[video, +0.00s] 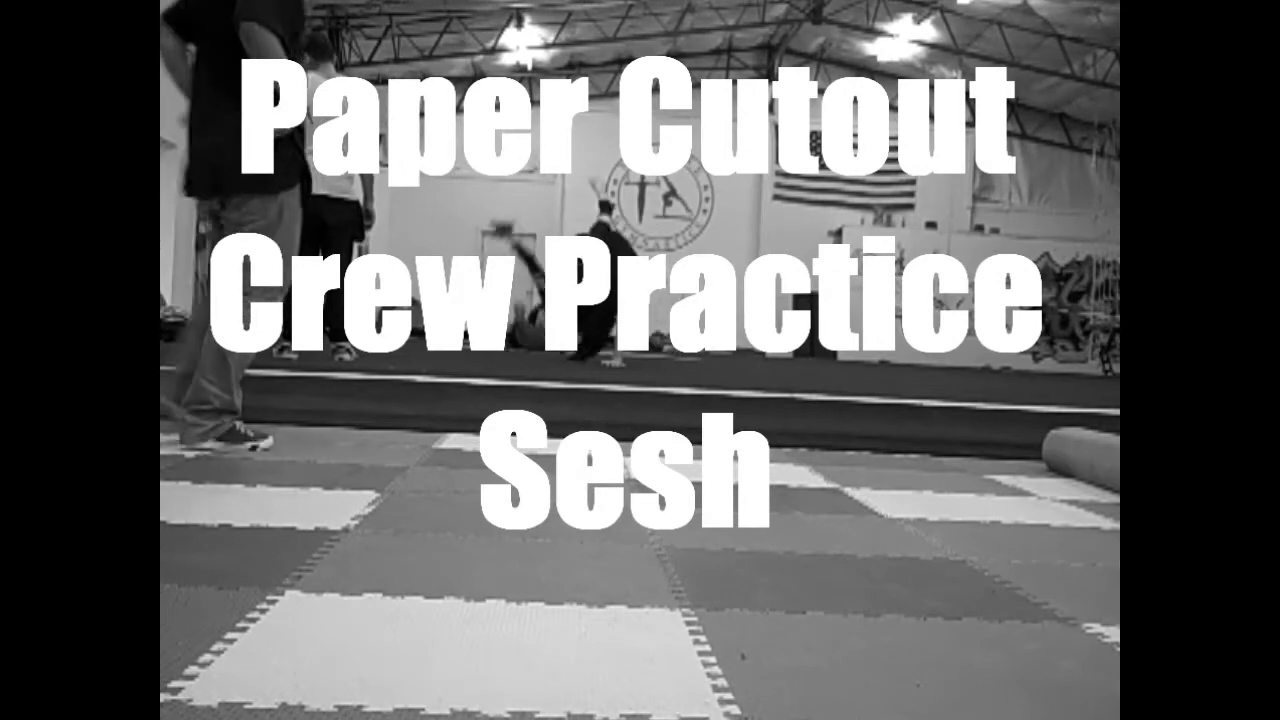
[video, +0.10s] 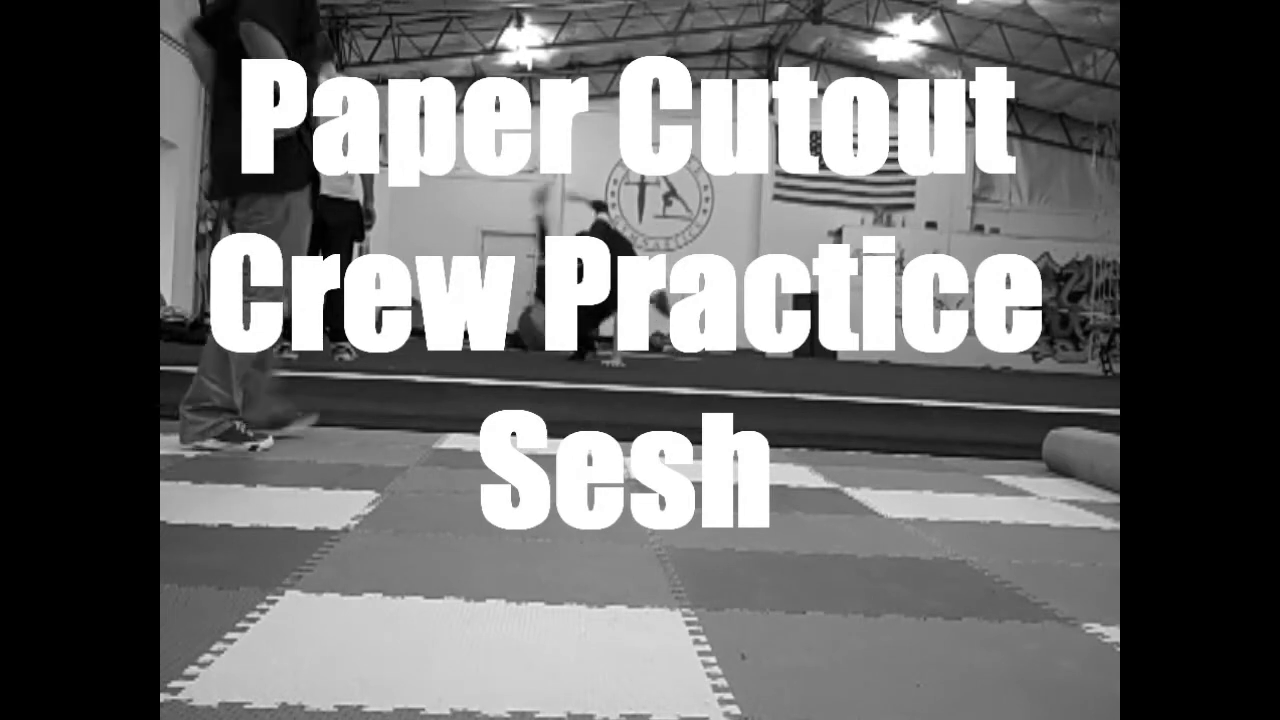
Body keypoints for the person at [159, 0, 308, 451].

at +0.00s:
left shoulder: (214, 1)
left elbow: (169, 33)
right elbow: (255, 28)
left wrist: (201, 97)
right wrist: (293, 93)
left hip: (215, 148)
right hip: (261, 150)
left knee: (217, 288)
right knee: (249, 292)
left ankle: (184, 403)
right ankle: (211, 419)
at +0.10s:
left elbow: (194, 35)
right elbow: (254, 27)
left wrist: (226, 99)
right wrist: (295, 93)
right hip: (270, 159)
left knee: (265, 295)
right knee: (249, 296)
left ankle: (257, 406)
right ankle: (208, 417)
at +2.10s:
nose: (692, 49)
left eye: (700, 40)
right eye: (684, 38)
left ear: (707, 35)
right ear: (658, 27)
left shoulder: (709, 80)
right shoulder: (616, 77)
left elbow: (729, 139)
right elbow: (571, 142)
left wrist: (734, 192)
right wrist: (592, 198)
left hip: (680, 214)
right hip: (630, 213)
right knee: (677, 316)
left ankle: (624, 375)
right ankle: (681, 427)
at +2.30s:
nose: (685, 52)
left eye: (694, 41)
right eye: (674, 41)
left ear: (708, 32)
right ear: (657, 32)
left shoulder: (731, 74)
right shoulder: (631, 82)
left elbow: (768, 130)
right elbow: (600, 149)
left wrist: (760, 176)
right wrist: (642, 141)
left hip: (725, 199)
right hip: (667, 205)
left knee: (752, 293)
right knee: (706, 309)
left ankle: (760, 402)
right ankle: (714, 421)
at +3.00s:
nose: (579, 8)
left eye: (587, 4)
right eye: (574, 5)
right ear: (568, 0)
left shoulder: (655, 28)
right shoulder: (552, 26)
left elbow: (734, 59)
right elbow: (507, 59)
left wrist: (687, 128)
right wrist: (495, 60)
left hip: (610, 183)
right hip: (548, 174)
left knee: (562, 294)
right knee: (515, 269)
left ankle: (530, 405)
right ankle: (505, 374)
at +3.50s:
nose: (486, 11)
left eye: (485, 5)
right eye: (485, 6)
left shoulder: (535, 22)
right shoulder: (548, 23)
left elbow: (538, 108)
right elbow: (539, 110)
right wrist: (474, 120)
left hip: (544, 193)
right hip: (559, 195)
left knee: (479, 288)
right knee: (488, 288)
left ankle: (492, 413)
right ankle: (514, 401)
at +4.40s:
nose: (751, 6)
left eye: (758, 2)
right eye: (741, 1)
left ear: (770, 2)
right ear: (720, 3)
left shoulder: (803, 47)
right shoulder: (695, 52)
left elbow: (817, 122)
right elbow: (669, 126)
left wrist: (776, 166)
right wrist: (726, 103)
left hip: (788, 202)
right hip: (725, 203)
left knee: (792, 328)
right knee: (732, 317)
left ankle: (785, 437)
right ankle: (701, 425)